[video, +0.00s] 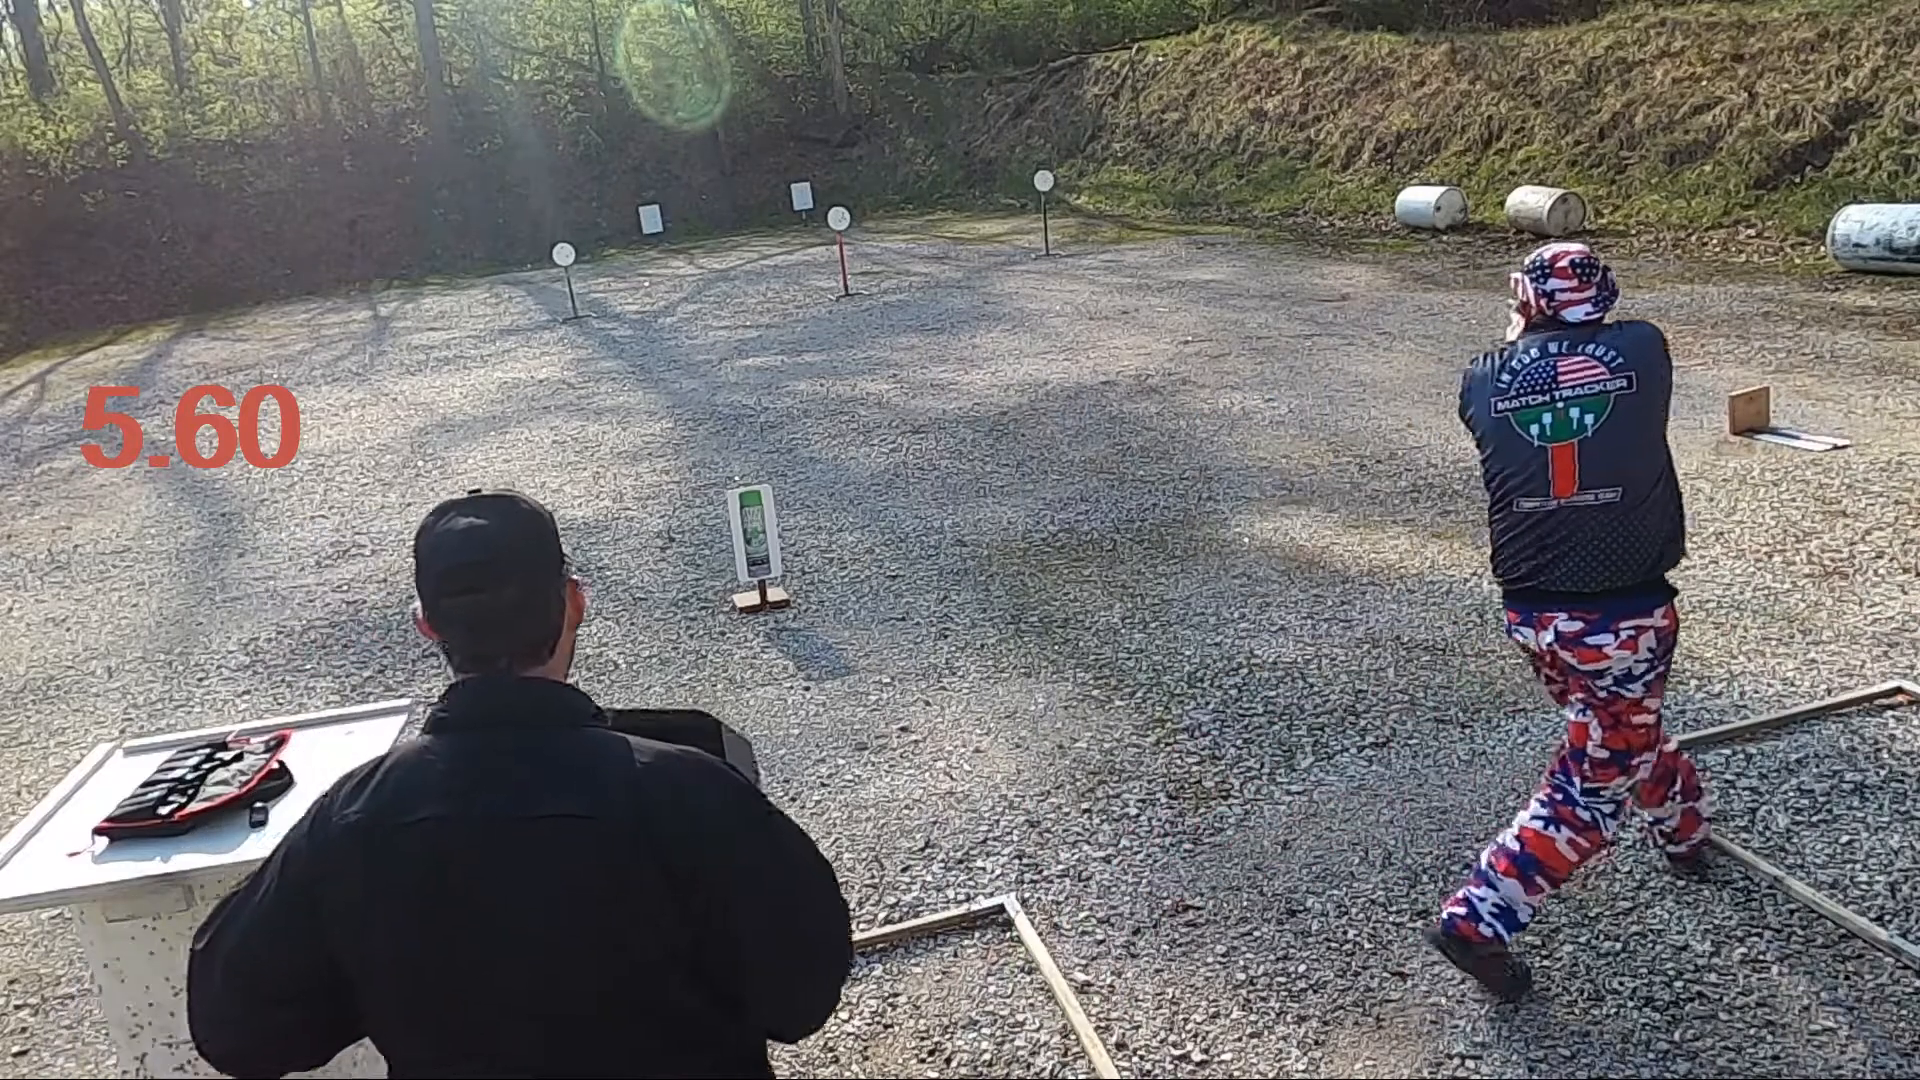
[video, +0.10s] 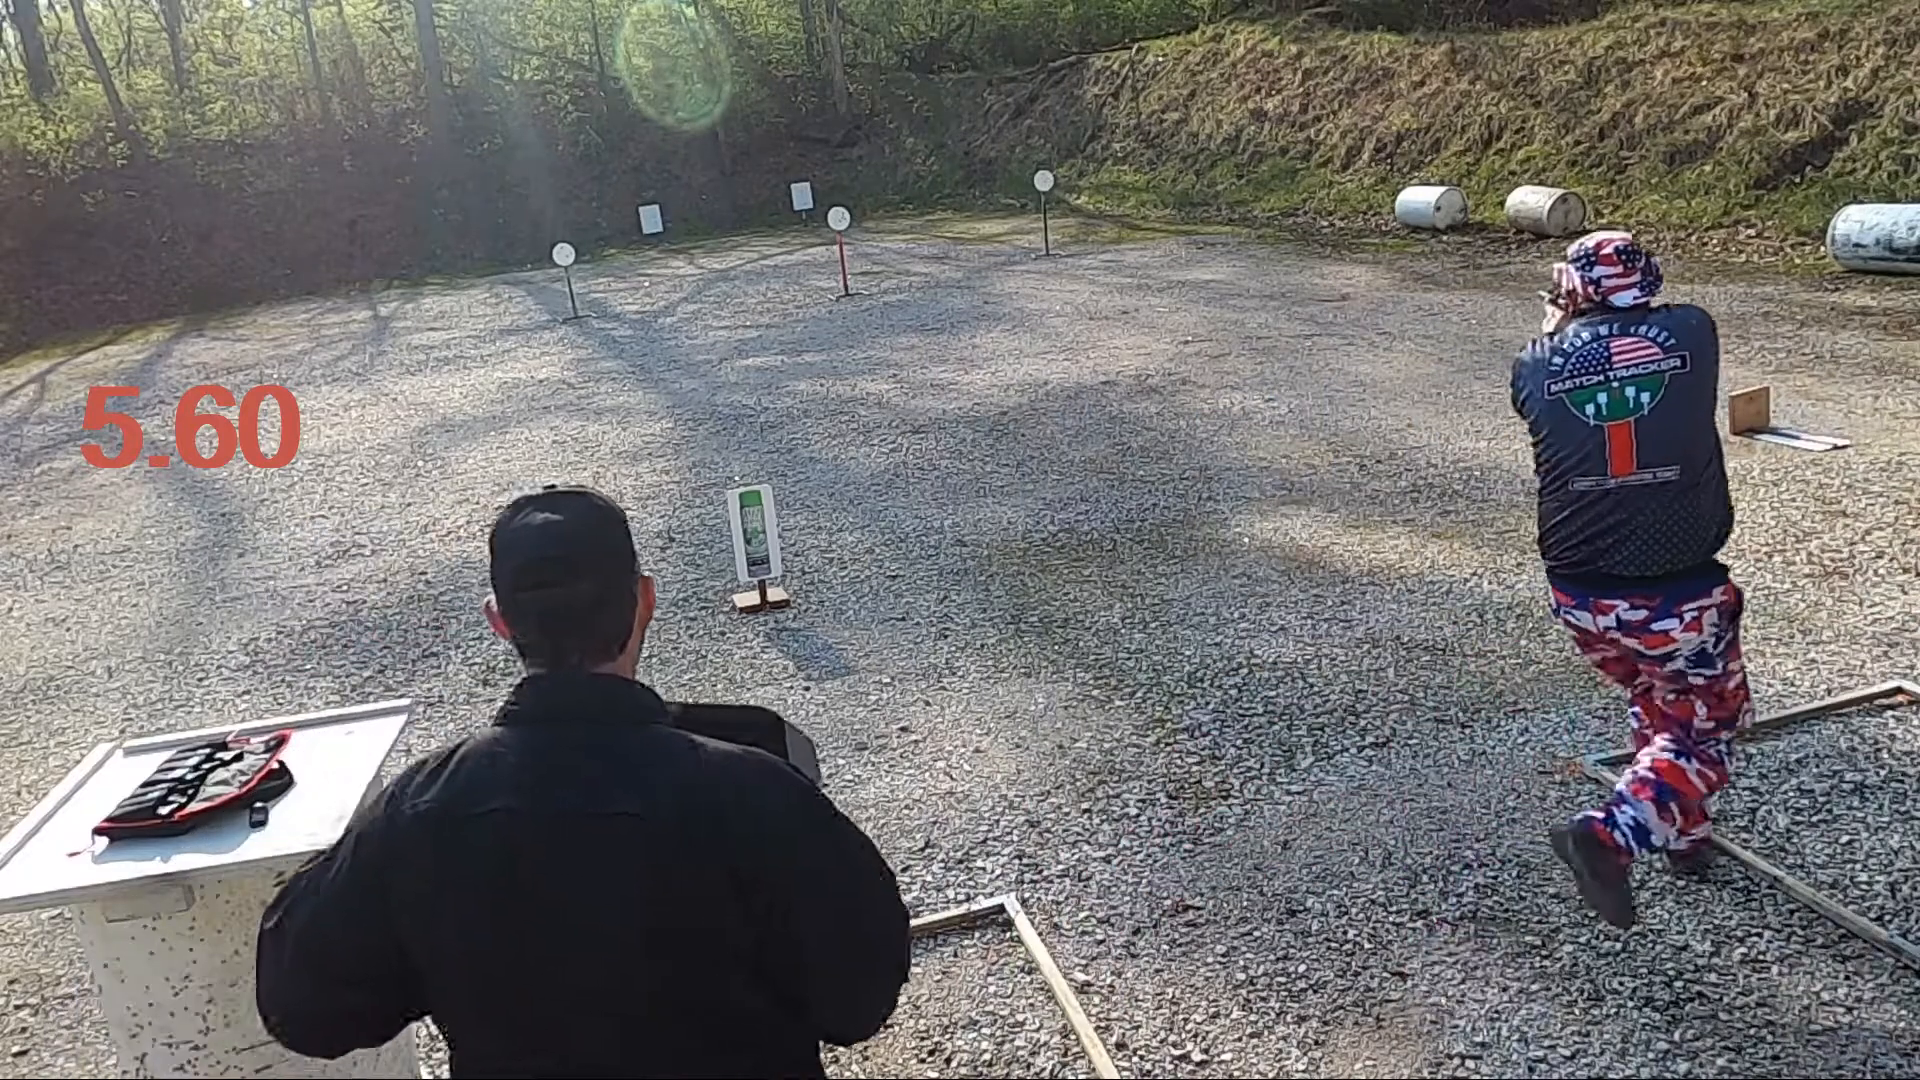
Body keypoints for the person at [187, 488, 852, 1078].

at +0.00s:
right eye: (575, 588)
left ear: (427, 631)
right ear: (575, 607)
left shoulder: (350, 828)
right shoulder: (688, 798)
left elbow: (230, 1030)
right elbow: (804, 994)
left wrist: (390, 937)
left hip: (453, 1069)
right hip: (682, 1067)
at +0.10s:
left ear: (499, 623)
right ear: (644, 604)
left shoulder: (418, 816)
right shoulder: (754, 800)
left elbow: (301, 1011)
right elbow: (863, 1000)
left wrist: (382, 837)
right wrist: (786, 795)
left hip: (513, 1066)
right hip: (738, 1066)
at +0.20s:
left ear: (590, 619)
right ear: (732, 600)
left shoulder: (513, 803)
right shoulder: (837, 798)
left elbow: (377, 980)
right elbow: (939, 999)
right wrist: (858, 781)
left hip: (596, 1066)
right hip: (813, 1066)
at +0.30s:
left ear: (682, 601)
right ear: (821, 582)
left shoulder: (599, 782)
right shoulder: (919, 779)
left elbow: (472, 955)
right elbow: (1021, 984)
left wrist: (618, 892)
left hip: (679, 1062)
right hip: (897, 1062)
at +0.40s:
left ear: (759, 580)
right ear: (897, 563)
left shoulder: (676, 761)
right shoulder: (993, 761)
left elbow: (554, 927)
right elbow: (1099, 965)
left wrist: (700, 853)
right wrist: (1016, 753)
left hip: (758, 1061)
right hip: (971, 1061)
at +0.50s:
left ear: (829, 560)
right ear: (963, 545)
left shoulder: (751, 731)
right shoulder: (1054, 736)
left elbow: (631, 901)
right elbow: (1159, 946)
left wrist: (780, 839)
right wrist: (1088, 751)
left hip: (821, 1063)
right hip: (1028, 1063)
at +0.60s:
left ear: (895, 545)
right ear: (1028, 532)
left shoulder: (817, 709)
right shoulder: (1107, 724)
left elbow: (698, 870)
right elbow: (1211, 936)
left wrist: (846, 827)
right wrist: (1164, 745)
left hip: (881, 1057)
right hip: (1076, 1059)